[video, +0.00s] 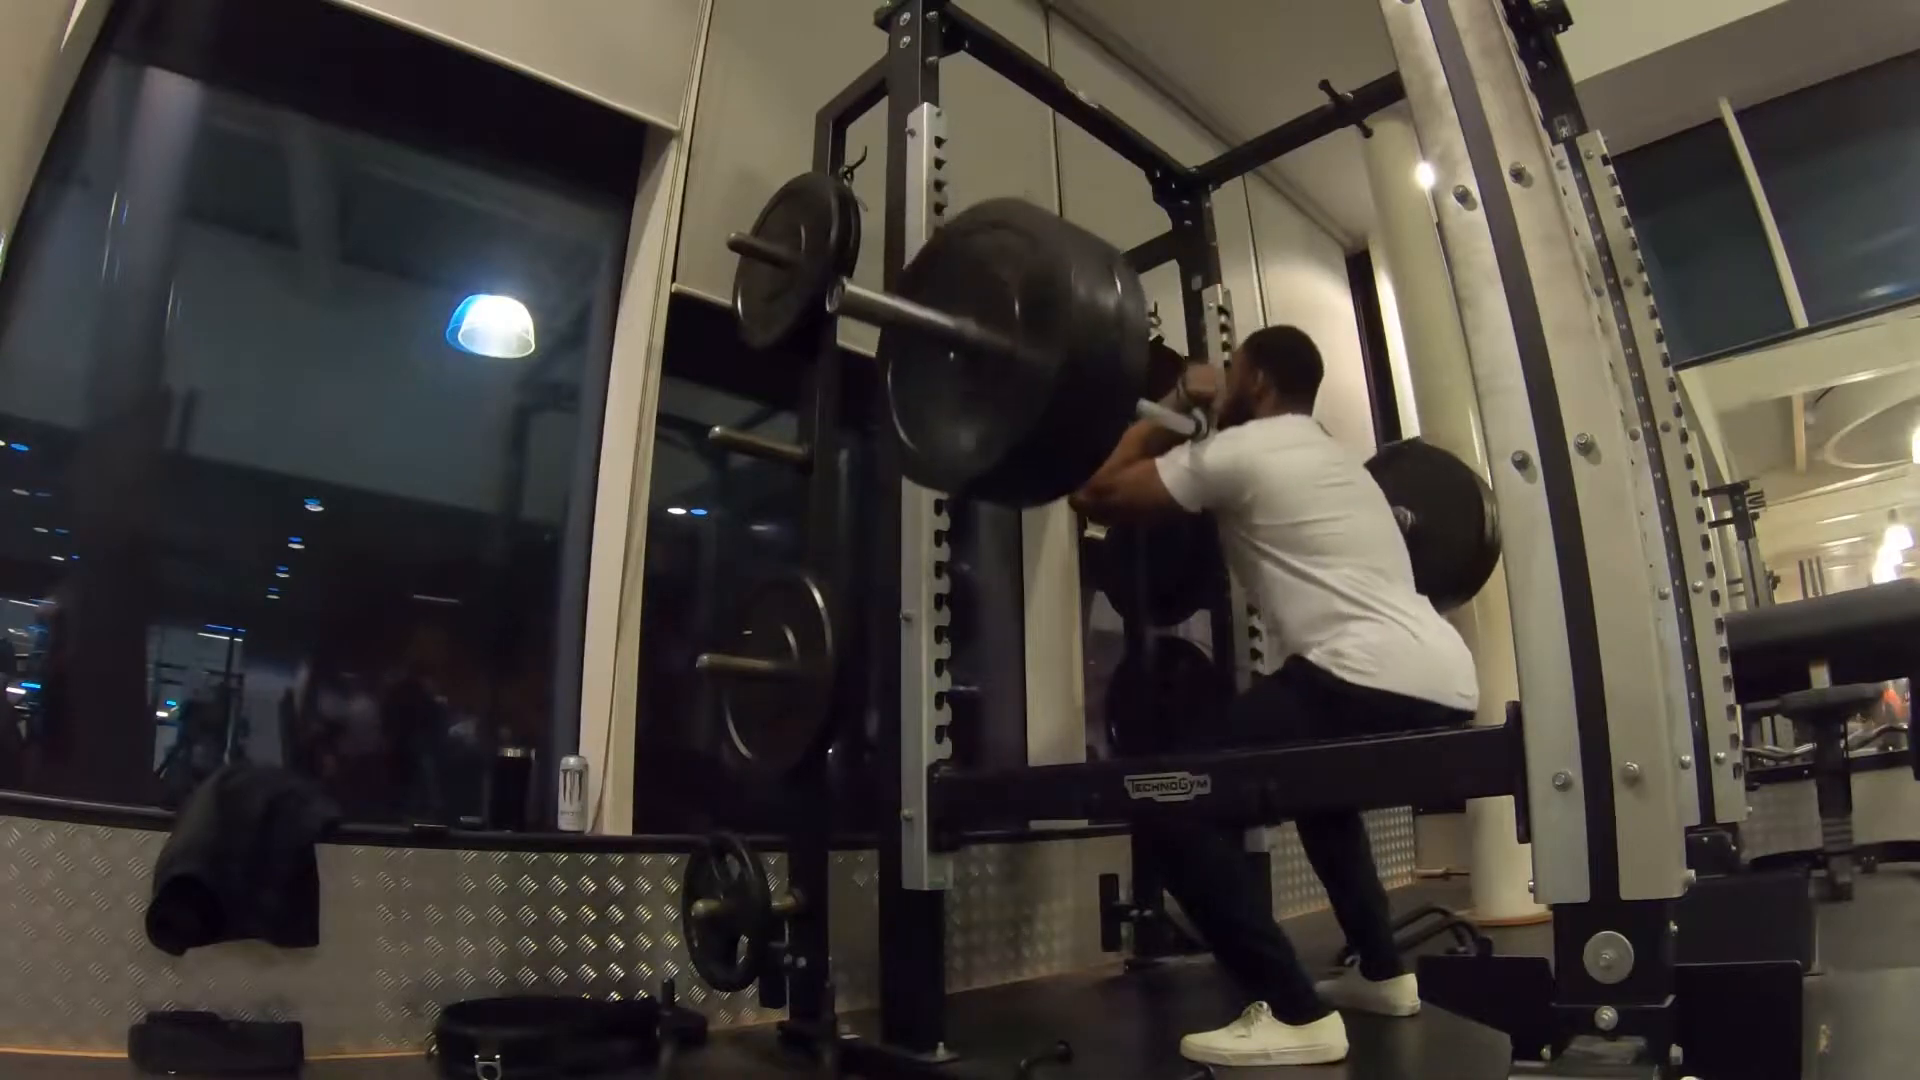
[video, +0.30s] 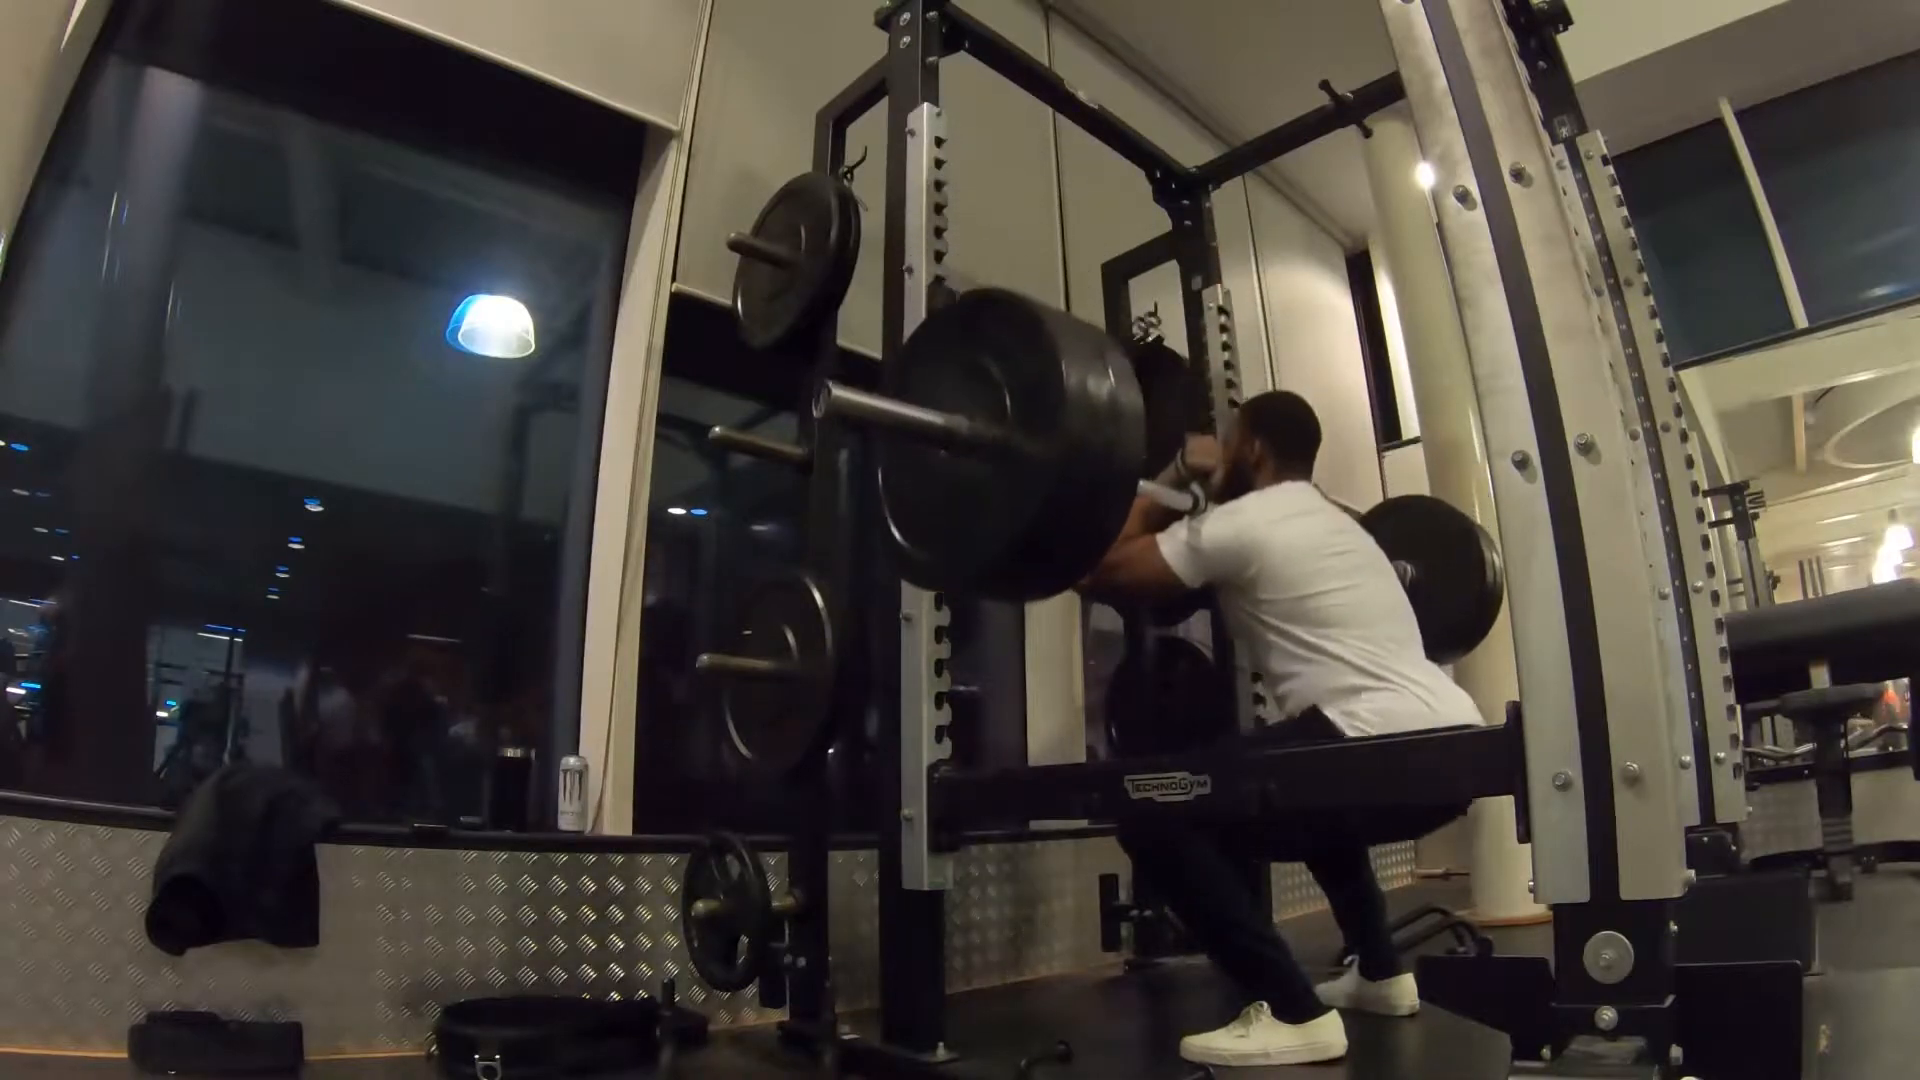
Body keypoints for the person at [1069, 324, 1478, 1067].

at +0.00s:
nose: (1223, 385)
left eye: (1232, 372)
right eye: (1226, 371)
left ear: (1259, 382)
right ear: (1302, 390)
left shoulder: (1241, 453)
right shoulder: (1338, 454)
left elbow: (1104, 490)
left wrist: (1155, 421)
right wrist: (1213, 410)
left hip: (1357, 678)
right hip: (1448, 689)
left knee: (1173, 798)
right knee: (1311, 781)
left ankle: (1292, 1013)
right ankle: (1384, 972)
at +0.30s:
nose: (1225, 452)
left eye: (1232, 441)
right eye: (1227, 439)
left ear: (1254, 450)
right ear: (1304, 456)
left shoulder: (1240, 528)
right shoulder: (1333, 517)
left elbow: (1107, 569)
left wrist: (1166, 486)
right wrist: (1221, 477)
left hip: (1363, 757)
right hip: (1456, 752)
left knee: (1151, 811)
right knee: (1286, 777)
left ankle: (1295, 1013)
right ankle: (1381, 969)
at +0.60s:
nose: (1222, 511)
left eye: (1229, 500)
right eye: (1225, 499)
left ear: (1260, 508)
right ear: (1310, 512)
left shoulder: (1245, 588)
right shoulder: (1337, 573)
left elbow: (1111, 639)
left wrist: (1174, 542)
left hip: (1385, 828)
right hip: (1460, 830)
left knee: (1156, 821)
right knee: (1307, 783)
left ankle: (1293, 1013)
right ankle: (1383, 972)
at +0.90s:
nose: (1224, 537)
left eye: (1232, 525)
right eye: (1226, 525)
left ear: (1262, 535)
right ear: (1311, 538)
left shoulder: (1247, 615)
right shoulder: (1340, 599)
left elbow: (1122, 666)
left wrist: (1171, 570)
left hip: (1392, 862)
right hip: (1465, 861)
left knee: (1159, 831)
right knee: (1307, 795)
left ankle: (1292, 1012)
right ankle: (1381, 970)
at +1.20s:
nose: (1221, 484)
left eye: (1229, 472)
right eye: (1224, 470)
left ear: (1251, 480)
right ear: (1299, 484)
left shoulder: (1237, 553)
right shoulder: (1335, 543)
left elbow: (1109, 607)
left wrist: (1156, 518)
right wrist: (1217, 517)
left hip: (1377, 777)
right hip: (1464, 770)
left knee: (1167, 822)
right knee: (1295, 789)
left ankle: (1293, 1013)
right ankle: (1382, 970)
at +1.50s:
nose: (1212, 401)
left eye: (1219, 389)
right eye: (1215, 388)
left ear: (1243, 395)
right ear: (1290, 402)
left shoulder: (1232, 464)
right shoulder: (1325, 464)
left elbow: (1089, 514)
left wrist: (1153, 434)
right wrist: (1200, 431)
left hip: (1352, 681)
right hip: (1443, 692)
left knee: (1167, 800)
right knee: (1315, 782)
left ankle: (1291, 1012)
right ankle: (1383, 970)